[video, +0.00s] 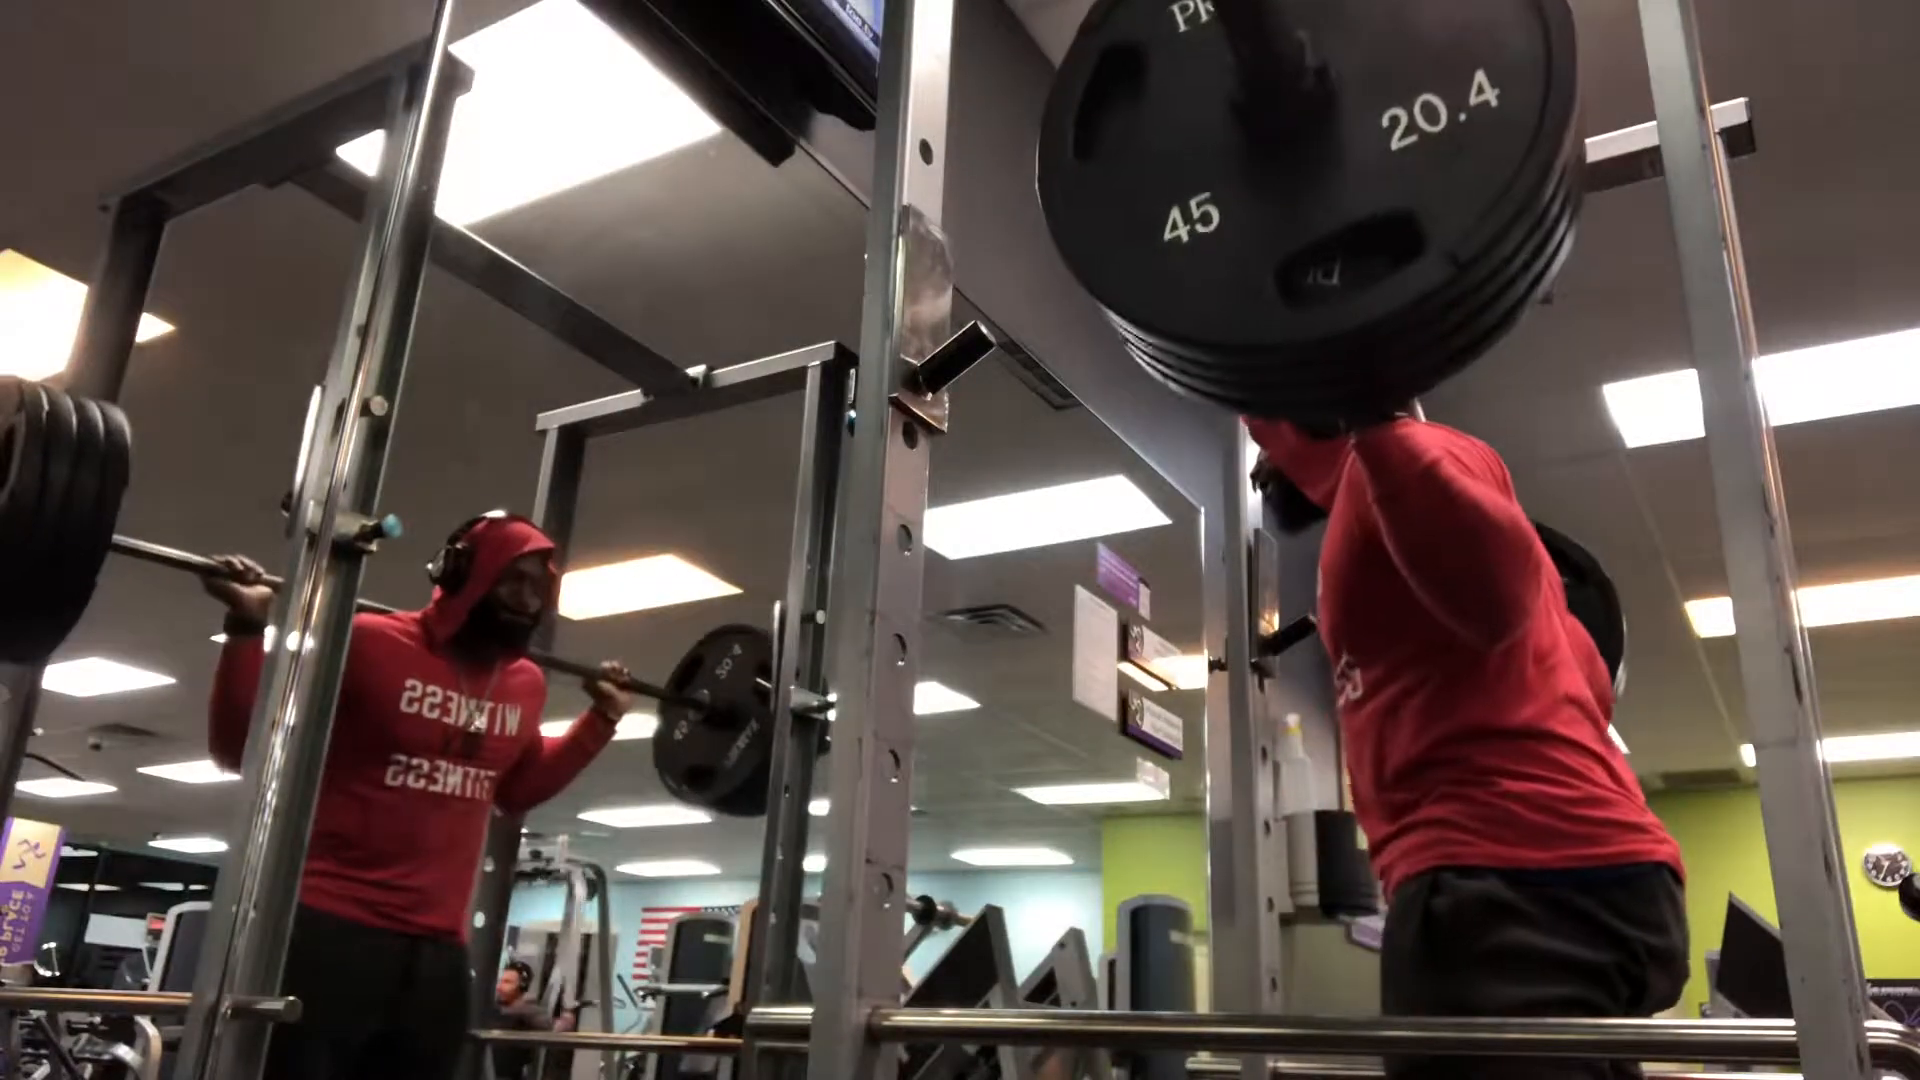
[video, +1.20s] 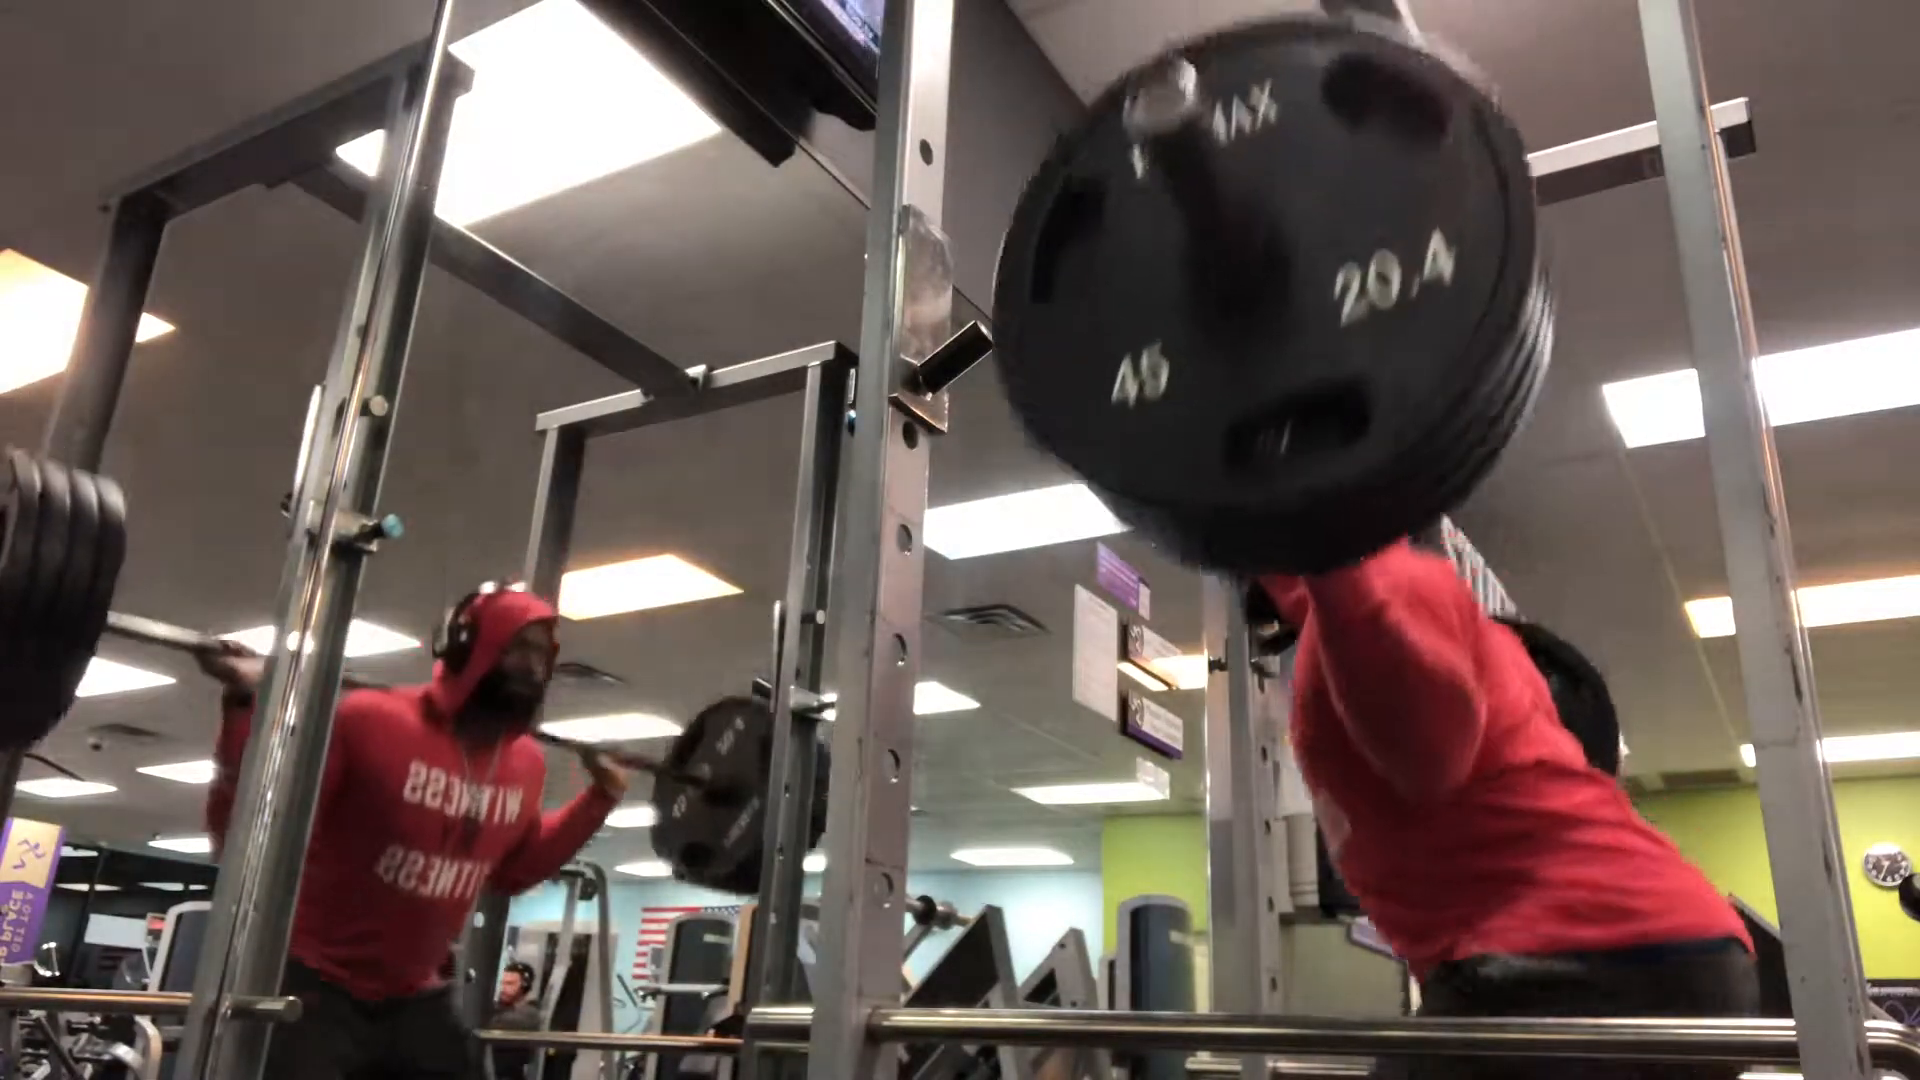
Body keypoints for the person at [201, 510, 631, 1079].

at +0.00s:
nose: (529, 601)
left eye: (540, 588)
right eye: (515, 581)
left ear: (549, 597)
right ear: (470, 575)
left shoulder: (523, 683)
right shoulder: (367, 639)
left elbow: (517, 790)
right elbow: (234, 750)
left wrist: (602, 717)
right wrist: (246, 627)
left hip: (438, 950)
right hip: (329, 929)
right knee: (306, 1069)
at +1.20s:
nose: (536, 668)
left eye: (546, 653)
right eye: (522, 647)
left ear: (551, 664)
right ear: (473, 647)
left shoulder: (525, 763)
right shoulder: (364, 719)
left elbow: (512, 872)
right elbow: (238, 837)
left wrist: (600, 797)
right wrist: (242, 706)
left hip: (422, 1005)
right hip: (316, 993)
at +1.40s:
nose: (535, 724)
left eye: (543, 709)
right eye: (520, 705)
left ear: (547, 720)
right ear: (471, 703)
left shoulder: (519, 818)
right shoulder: (356, 780)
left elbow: (506, 927)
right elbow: (226, 901)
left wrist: (595, 856)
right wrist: (242, 770)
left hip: (410, 1049)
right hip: (307, 1039)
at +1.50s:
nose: (529, 753)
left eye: (538, 738)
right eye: (513, 731)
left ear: (544, 749)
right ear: (465, 730)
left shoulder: (516, 844)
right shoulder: (350, 808)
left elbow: (501, 952)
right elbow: (214, 935)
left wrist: (592, 881)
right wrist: (233, 800)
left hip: (411, 1059)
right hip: (302, 1051)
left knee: (471, 1070)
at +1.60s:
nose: (525, 776)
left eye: (535, 762)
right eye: (510, 756)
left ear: (542, 772)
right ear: (464, 754)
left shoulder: (512, 864)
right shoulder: (348, 831)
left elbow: (504, 974)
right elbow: (218, 949)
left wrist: (590, 901)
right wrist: (231, 826)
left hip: (403, 1068)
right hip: (300, 1059)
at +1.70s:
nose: (521, 799)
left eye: (531, 784)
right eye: (506, 779)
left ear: (539, 796)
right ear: (459, 777)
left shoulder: (510, 886)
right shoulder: (344, 855)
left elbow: (497, 998)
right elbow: (214, 976)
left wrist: (588, 921)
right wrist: (227, 846)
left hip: (402, 1069)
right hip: (298, 1061)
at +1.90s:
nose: (517, 838)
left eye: (529, 821)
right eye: (502, 814)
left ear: (537, 827)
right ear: (452, 812)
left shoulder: (506, 923)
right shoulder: (336, 892)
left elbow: (492, 1027)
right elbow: (212, 1017)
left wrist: (585, 954)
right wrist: (222, 884)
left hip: (411, 1073)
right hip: (301, 1069)